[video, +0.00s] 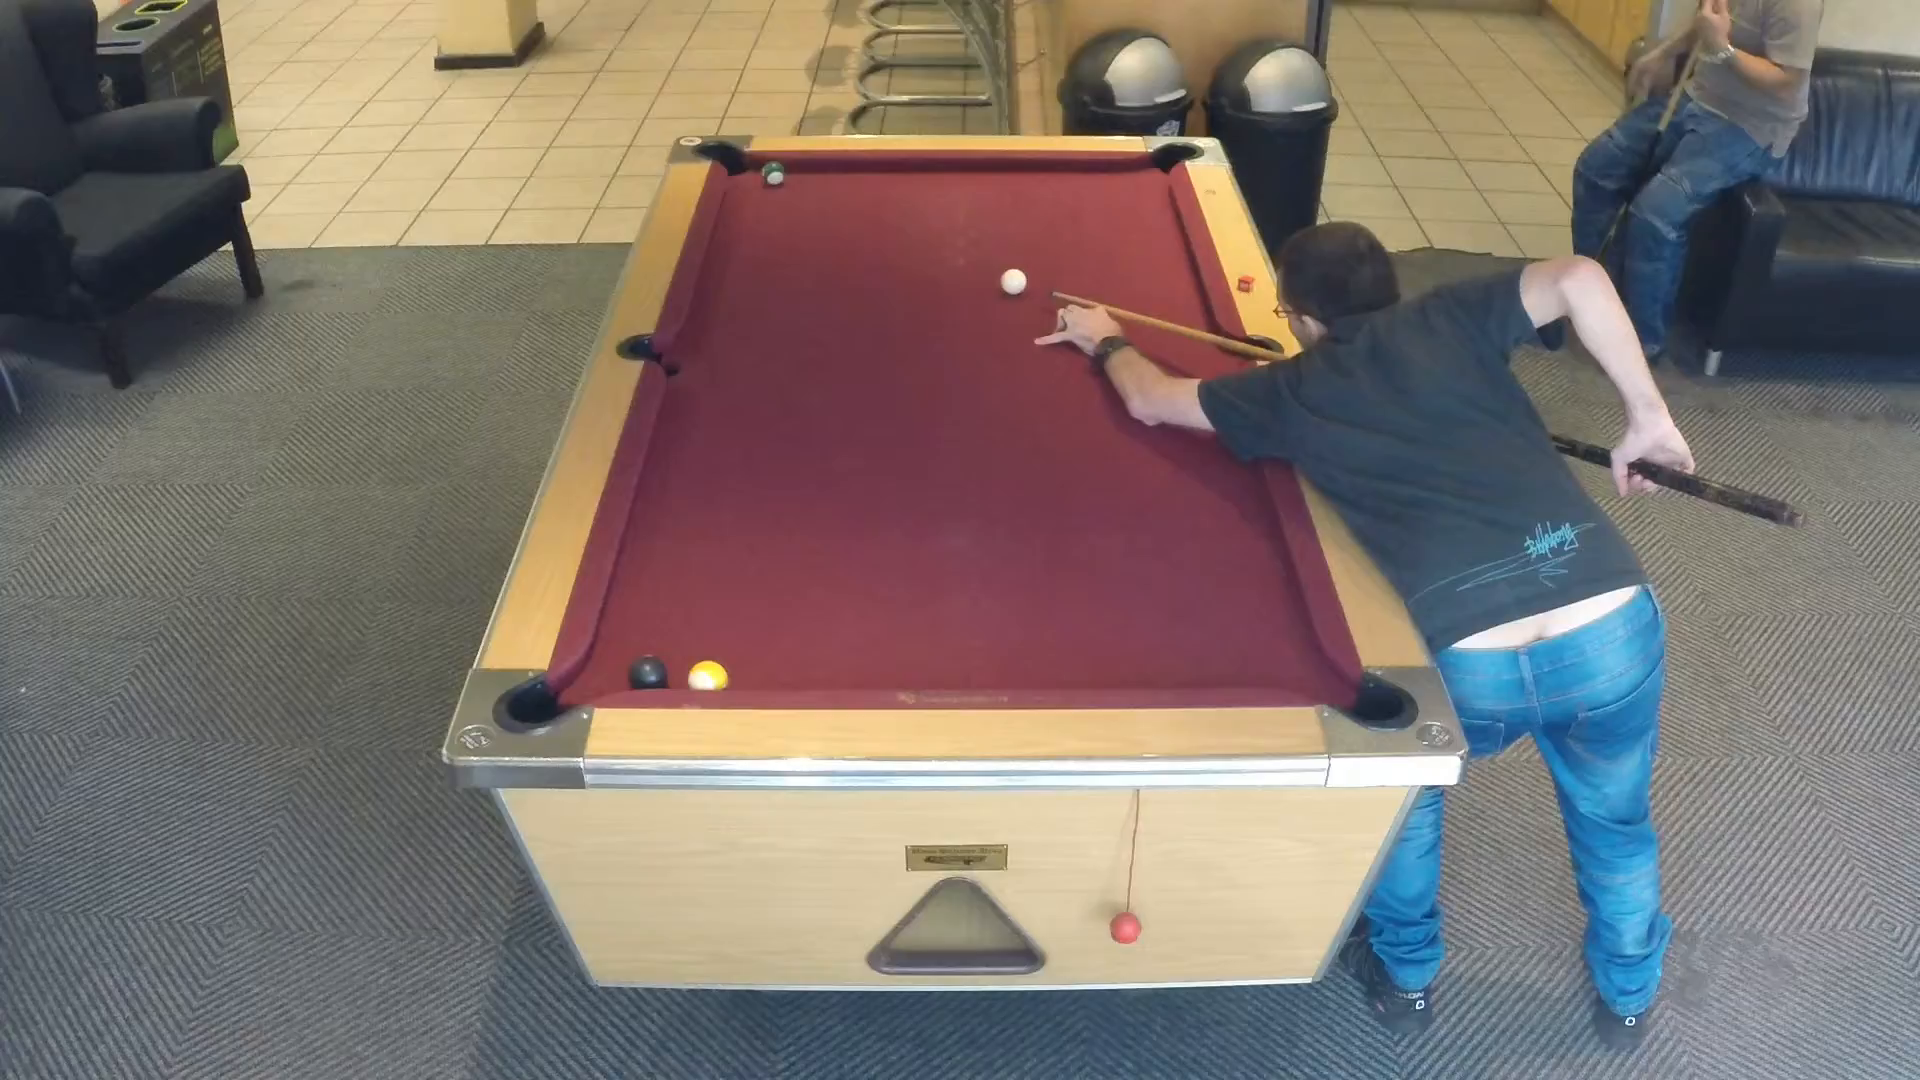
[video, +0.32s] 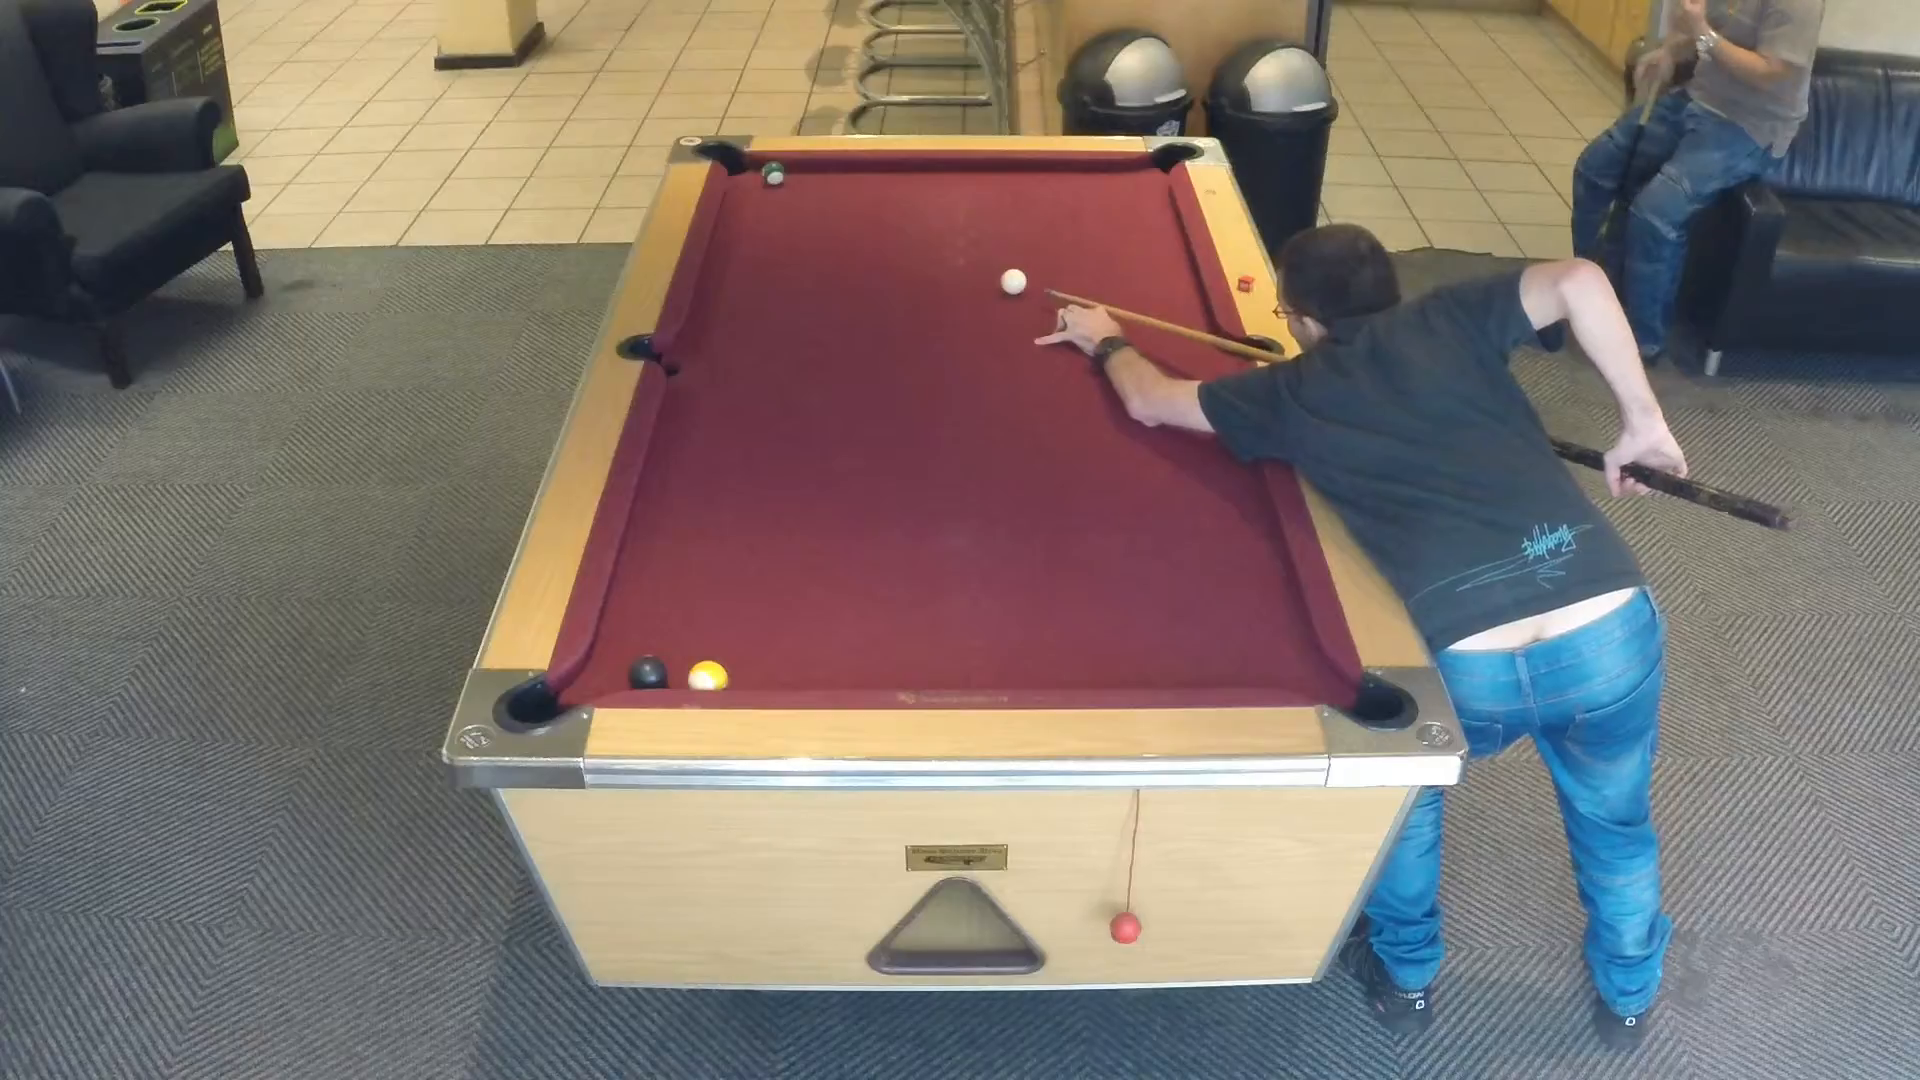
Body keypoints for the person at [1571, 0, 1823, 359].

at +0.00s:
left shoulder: (1796, 7)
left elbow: (1786, 82)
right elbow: (1711, 24)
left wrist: (1723, 50)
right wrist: (1664, 53)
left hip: (1746, 128)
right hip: (1693, 100)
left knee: (1654, 212)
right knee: (1596, 171)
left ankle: (1643, 344)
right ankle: (1589, 303)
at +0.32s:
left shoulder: (1798, 6)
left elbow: (1772, 75)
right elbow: (1709, 35)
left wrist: (1705, 36)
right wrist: (1671, 53)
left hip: (1746, 127)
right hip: (1692, 102)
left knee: (1654, 211)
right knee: (1594, 171)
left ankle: (1643, 344)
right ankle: (1587, 299)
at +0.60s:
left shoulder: (1798, 6)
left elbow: (1753, 69)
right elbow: (1688, 49)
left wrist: (1687, 26)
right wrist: (1680, 17)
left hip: (1749, 127)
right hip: (1695, 100)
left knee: (1654, 211)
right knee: (1593, 169)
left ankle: (1644, 342)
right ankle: (1588, 300)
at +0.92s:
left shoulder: (1797, 6)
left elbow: (1748, 67)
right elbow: (1689, 49)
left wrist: (1682, 19)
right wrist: (1679, 13)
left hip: (1750, 126)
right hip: (1695, 98)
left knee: (1654, 211)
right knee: (1593, 168)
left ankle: (1643, 341)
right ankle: (1588, 301)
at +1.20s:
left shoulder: (1795, 6)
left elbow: (1747, 66)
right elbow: (1694, 49)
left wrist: (1680, 17)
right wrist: (1684, 28)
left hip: (1750, 126)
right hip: (1695, 97)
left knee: (1654, 210)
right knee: (1593, 168)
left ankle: (1643, 341)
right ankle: (1590, 301)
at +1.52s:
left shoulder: (1793, 6)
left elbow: (1745, 67)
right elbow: (1694, 51)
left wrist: (1680, 20)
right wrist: (1684, 32)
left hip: (1750, 126)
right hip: (1694, 98)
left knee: (1653, 210)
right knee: (1593, 168)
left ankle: (1643, 341)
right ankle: (1591, 302)